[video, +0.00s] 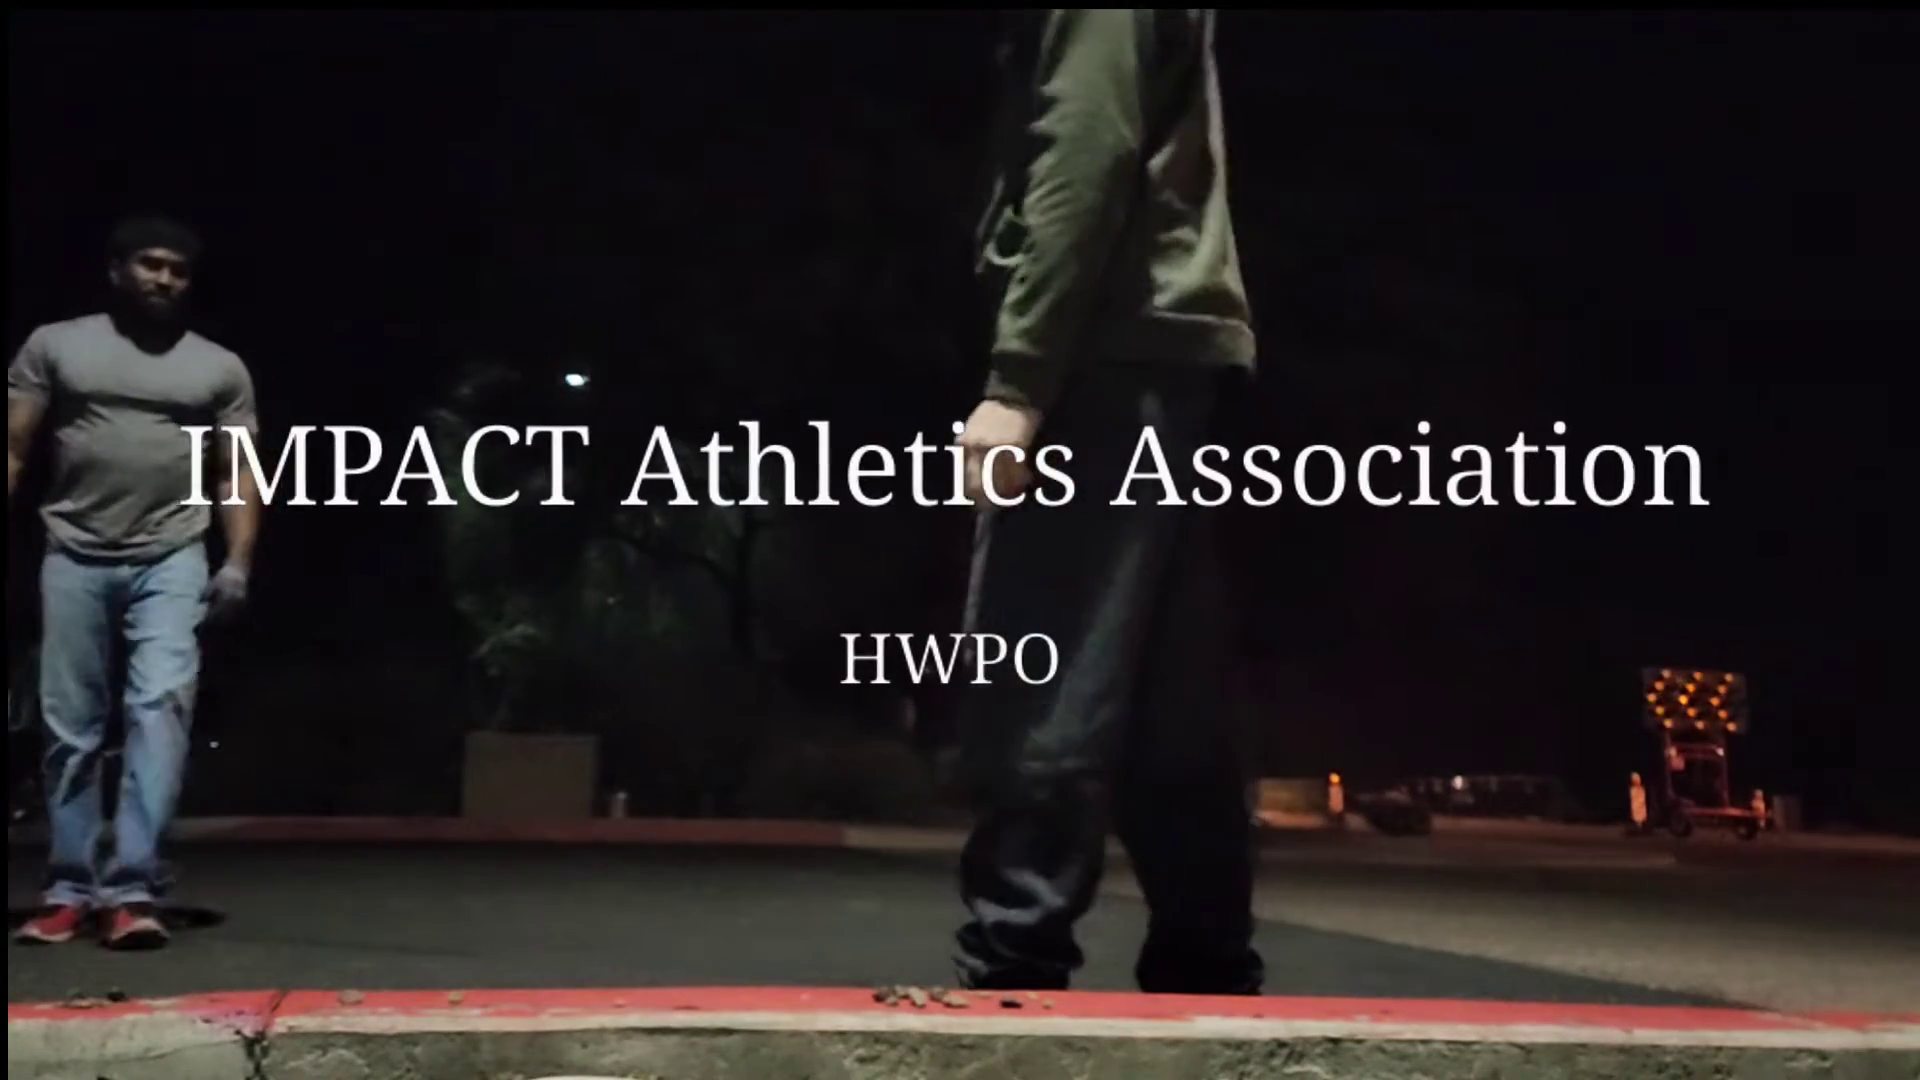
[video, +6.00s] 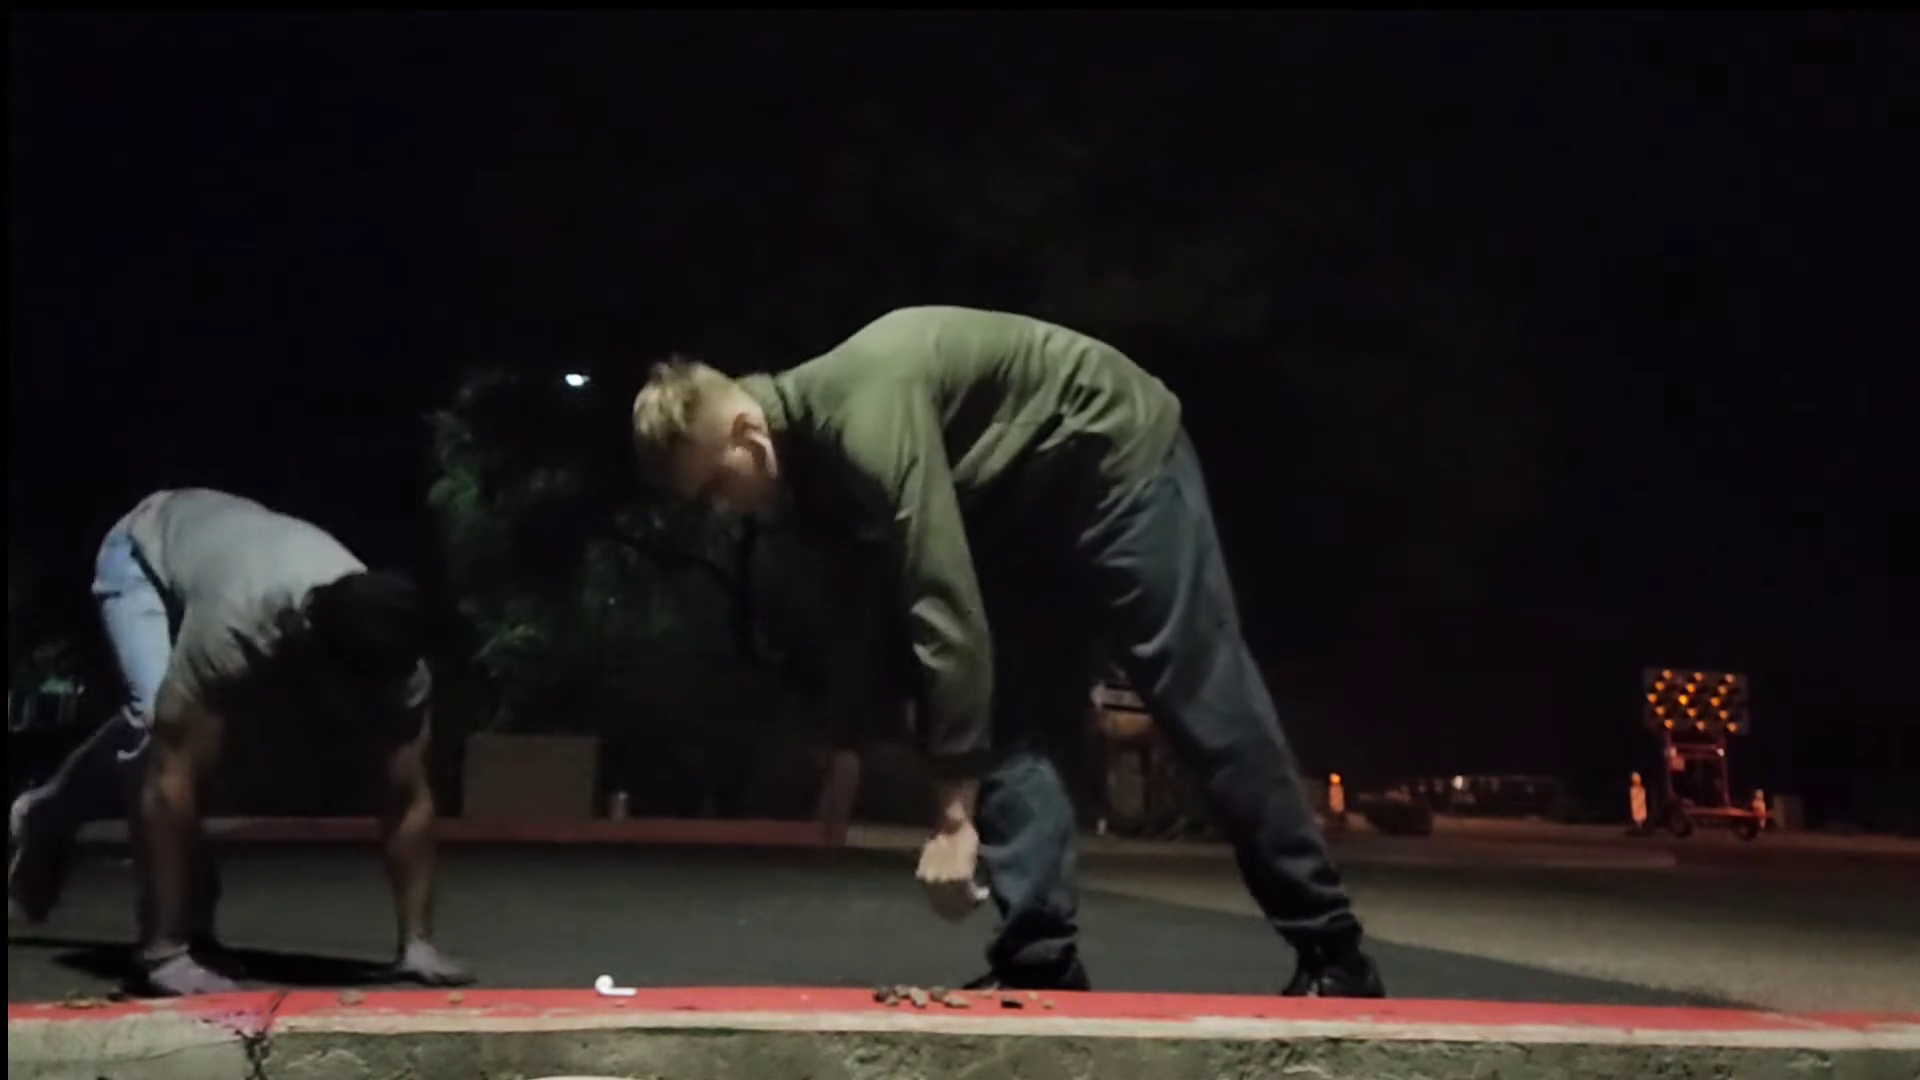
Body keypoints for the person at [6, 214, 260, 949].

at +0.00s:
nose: (162, 281)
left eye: (175, 270)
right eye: (148, 266)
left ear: (191, 282)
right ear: (116, 271)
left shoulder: (222, 372)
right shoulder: (55, 349)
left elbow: (242, 478)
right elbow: (14, 453)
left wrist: (238, 559)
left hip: (173, 560)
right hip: (74, 558)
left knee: (159, 705)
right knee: (71, 725)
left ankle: (131, 891)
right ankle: (70, 890)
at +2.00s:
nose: (338, 235)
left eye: (350, 223)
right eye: (324, 218)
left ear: (361, 232)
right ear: (280, 216)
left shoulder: (375, 329)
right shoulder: (213, 291)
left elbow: (396, 441)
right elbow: (170, 408)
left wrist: (423, 540)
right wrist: (186, 523)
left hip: (326, 544)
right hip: (227, 528)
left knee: (306, 717)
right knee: (160, 712)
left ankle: (265, 906)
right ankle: (83, 907)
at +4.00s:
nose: (369, 354)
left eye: (380, 340)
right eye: (357, 337)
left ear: (393, 335)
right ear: (324, 324)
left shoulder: (404, 387)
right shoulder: (243, 344)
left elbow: (377, 499)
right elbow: (206, 470)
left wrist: (340, 523)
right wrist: (292, 519)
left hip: (314, 547)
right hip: (212, 536)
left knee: (326, 722)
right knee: (180, 717)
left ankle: (338, 910)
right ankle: (166, 915)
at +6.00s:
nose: (380, 703)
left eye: (393, 688)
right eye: (366, 688)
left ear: (406, 659)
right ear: (318, 645)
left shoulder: (402, 666)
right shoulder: (233, 624)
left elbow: (411, 799)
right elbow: (169, 777)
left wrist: (416, 940)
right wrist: (163, 947)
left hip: (240, 548)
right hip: (141, 553)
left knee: (193, 759)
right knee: (154, 722)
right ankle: (41, 821)